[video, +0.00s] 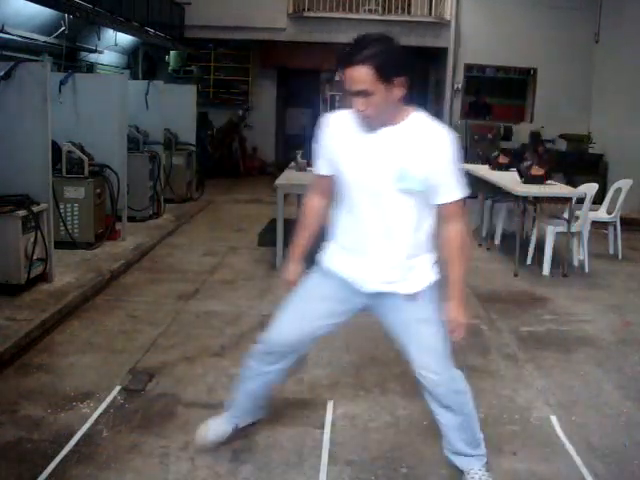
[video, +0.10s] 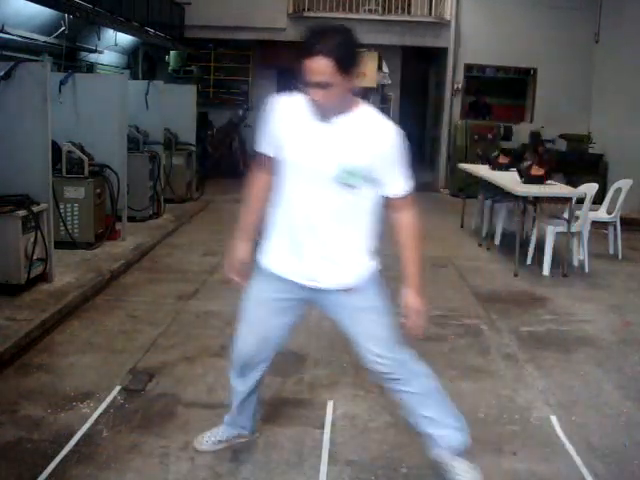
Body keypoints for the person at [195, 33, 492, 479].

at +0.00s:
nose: (356, 105)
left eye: (365, 95)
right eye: (350, 94)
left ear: (398, 88)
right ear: (344, 88)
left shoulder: (435, 140)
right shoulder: (335, 126)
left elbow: (453, 221)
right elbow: (318, 194)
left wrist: (456, 298)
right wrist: (295, 258)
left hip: (407, 284)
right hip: (338, 273)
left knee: (438, 375)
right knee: (276, 342)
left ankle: (473, 465)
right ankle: (238, 414)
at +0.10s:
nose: (312, 95)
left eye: (323, 85)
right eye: (308, 84)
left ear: (352, 80)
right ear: (301, 76)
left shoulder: (382, 135)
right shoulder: (281, 112)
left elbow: (404, 209)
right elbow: (262, 172)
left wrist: (412, 287)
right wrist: (243, 241)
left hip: (350, 278)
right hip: (279, 269)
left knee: (388, 361)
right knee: (246, 353)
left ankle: (450, 449)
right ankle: (239, 425)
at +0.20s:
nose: (272, 80)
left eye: (282, 71)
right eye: (265, 70)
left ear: (310, 64)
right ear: (256, 62)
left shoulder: (340, 116)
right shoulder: (237, 95)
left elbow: (360, 184)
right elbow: (213, 151)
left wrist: (364, 259)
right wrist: (195, 216)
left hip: (300, 257)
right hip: (236, 245)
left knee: (302, 350)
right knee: (205, 329)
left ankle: (333, 433)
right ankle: (223, 410)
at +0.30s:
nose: (233, 91)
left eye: (243, 81)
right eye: (225, 81)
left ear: (268, 71)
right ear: (215, 70)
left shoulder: (300, 115)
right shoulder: (196, 101)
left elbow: (324, 173)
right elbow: (175, 154)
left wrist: (317, 245)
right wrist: (154, 217)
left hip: (259, 255)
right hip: (199, 240)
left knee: (227, 353)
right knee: (154, 321)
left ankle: (203, 426)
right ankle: (158, 387)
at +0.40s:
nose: (204, 118)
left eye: (214, 108)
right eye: (196, 107)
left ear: (236, 98)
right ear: (185, 97)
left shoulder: (264, 138)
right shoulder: (161, 123)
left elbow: (285, 192)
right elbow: (139, 174)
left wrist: (274, 261)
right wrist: (115, 236)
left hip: (214, 280)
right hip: (154, 264)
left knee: (185, 370)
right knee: (108, 341)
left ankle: (171, 426)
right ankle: (66, 414)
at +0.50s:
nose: (177, 146)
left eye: (187, 135)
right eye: (168, 135)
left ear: (202, 123)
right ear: (153, 122)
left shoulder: (226, 166)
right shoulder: (124, 147)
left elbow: (237, 227)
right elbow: (105, 202)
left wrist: (232, 289)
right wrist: (82, 268)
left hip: (185, 289)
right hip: (123, 279)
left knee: (178, 373)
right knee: (82, 357)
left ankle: (179, 428)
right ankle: (58, 417)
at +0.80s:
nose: (208, 103)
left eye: (217, 92)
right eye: (197, 94)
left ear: (231, 78)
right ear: (178, 82)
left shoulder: (262, 120)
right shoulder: (148, 117)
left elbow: (276, 177)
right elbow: (128, 173)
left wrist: (270, 245)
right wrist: (104, 241)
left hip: (233, 260)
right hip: (167, 248)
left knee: (210, 356)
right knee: (125, 337)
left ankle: (179, 437)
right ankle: (95, 415)